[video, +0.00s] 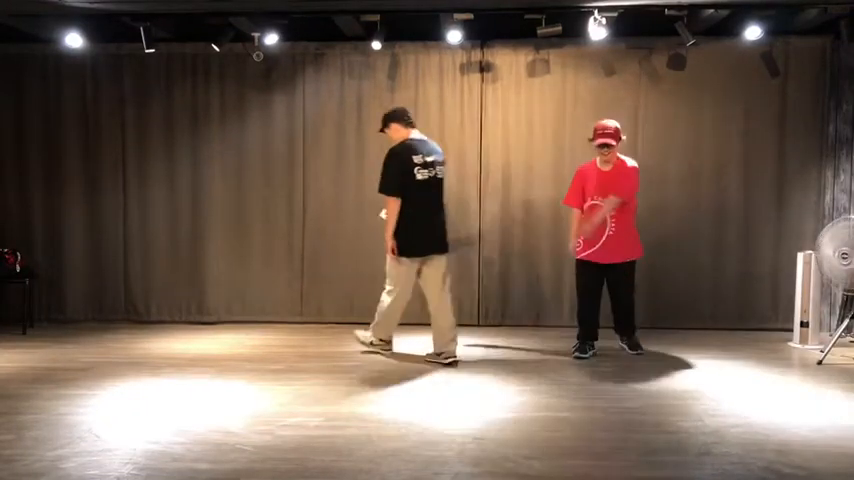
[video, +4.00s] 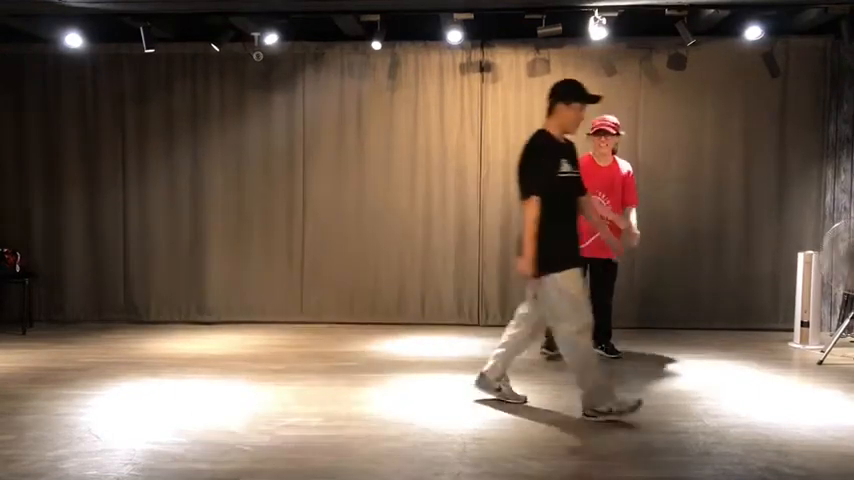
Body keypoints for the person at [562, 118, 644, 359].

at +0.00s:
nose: (604, 150)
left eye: (609, 145)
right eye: (600, 145)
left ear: (618, 144)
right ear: (594, 145)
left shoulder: (629, 169)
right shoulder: (584, 172)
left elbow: (617, 200)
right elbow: (577, 209)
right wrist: (574, 238)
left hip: (621, 248)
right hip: (590, 248)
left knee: (624, 297)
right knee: (587, 299)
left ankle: (627, 335)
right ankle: (585, 341)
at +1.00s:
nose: (616, 142)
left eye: (621, 137)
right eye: (611, 137)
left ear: (629, 141)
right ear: (603, 140)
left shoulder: (635, 161)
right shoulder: (593, 166)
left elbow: (611, 164)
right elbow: (616, 184)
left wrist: (584, 153)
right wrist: (646, 175)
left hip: (627, 240)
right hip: (597, 241)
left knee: (628, 293)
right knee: (595, 294)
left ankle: (628, 336)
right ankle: (592, 340)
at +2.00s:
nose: (606, 142)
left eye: (611, 138)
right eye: (601, 138)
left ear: (619, 140)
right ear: (594, 140)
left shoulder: (632, 167)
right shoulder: (582, 168)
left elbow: (637, 201)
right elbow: (579, 206)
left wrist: (617, 204)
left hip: (620, 248)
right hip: (587, 247)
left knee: (614, 300)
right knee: (587, 296)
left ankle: (610, 349)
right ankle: (591, 341)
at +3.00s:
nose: (597, 139)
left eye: (598, 135)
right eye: (593, 136)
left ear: (593, 139)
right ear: (577, 138)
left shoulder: (604, 163)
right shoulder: (560, 170)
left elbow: (620, 193)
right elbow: (563, 204)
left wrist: (629, 217)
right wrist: (589, 217)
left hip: (602, 248)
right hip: (570, 250)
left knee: (605, 302)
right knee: (568, 302)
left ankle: (609, 351)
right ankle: (565, 349)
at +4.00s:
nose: (602, 141)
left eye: (608, 136)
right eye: (598, 136)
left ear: (616, 140)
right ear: (591, 139)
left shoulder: (623, 169)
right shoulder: (581, 164)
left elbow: (629, 203)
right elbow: (574, 197)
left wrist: (632, 225)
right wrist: (609, 217)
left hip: (606, 242)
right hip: (577, 239)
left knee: (603, 296)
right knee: (565, 291)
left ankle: (603, 339)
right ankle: (552, 338)